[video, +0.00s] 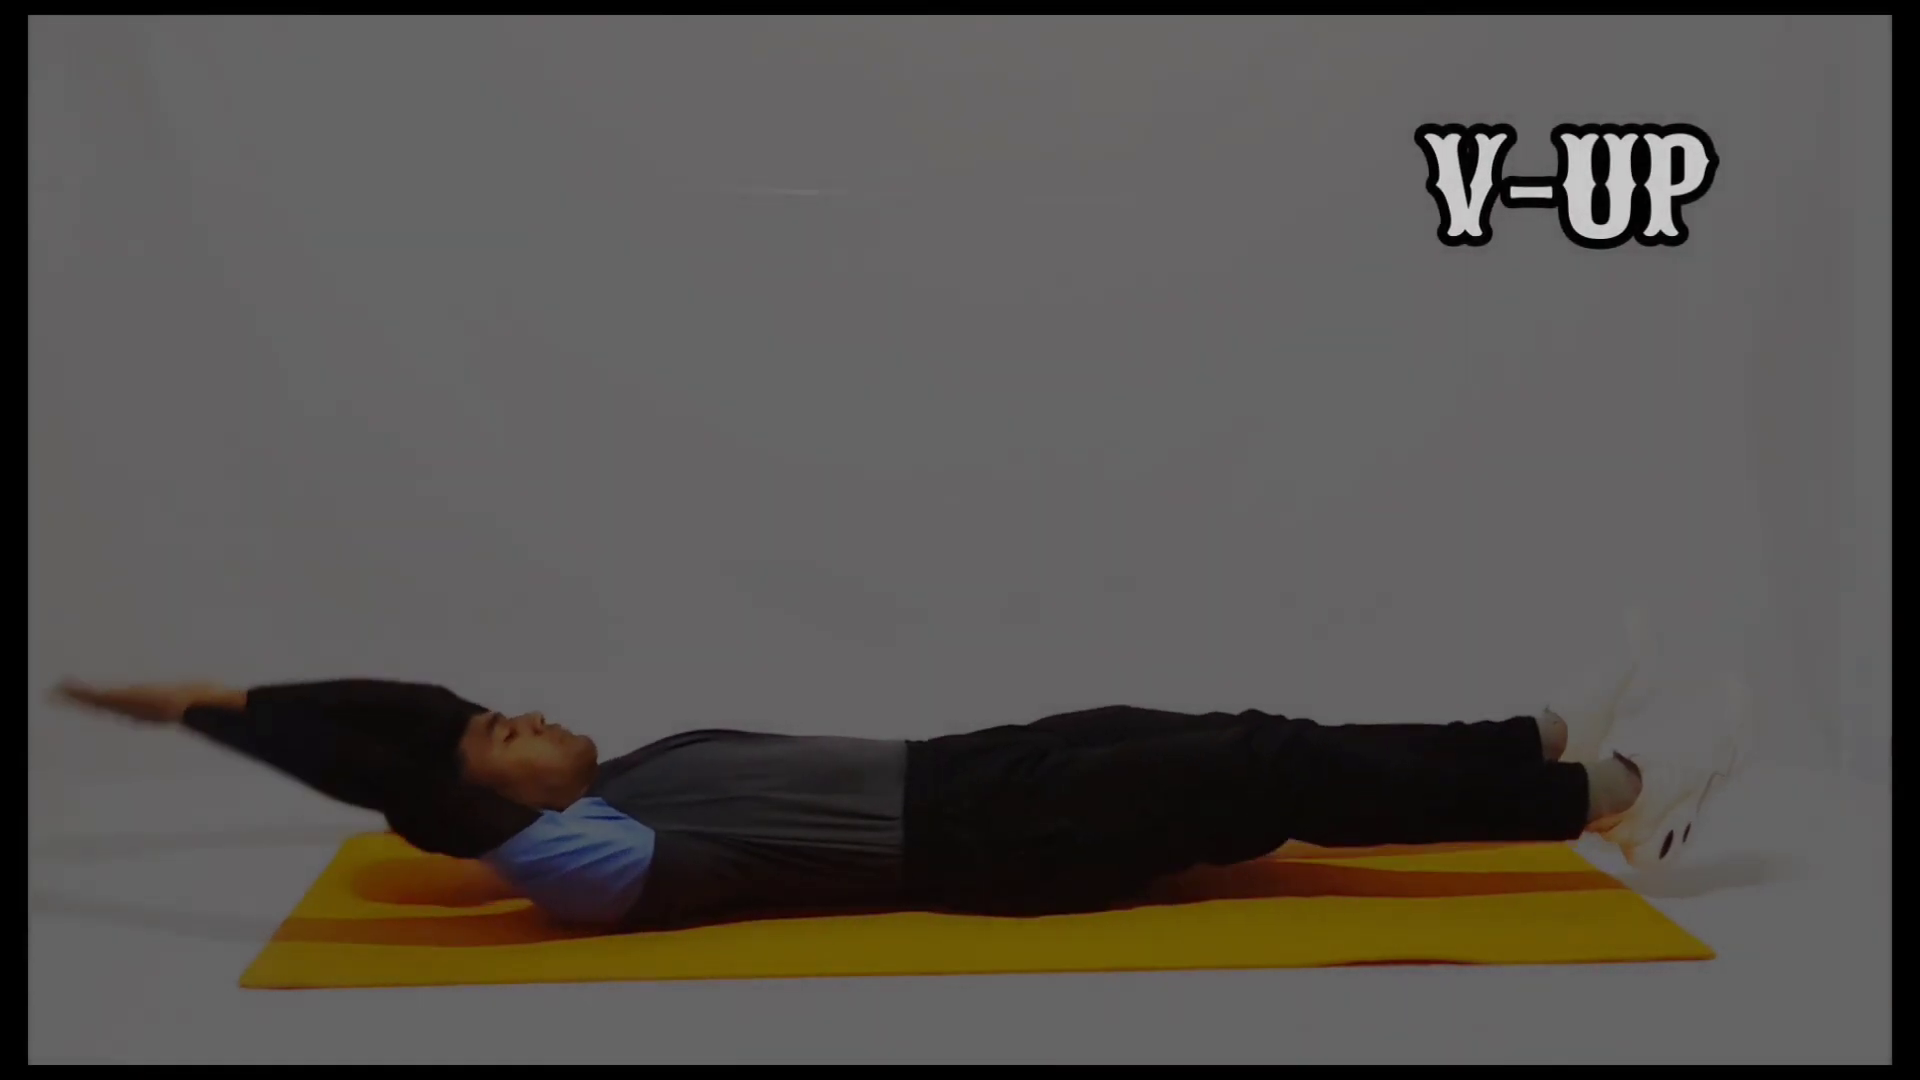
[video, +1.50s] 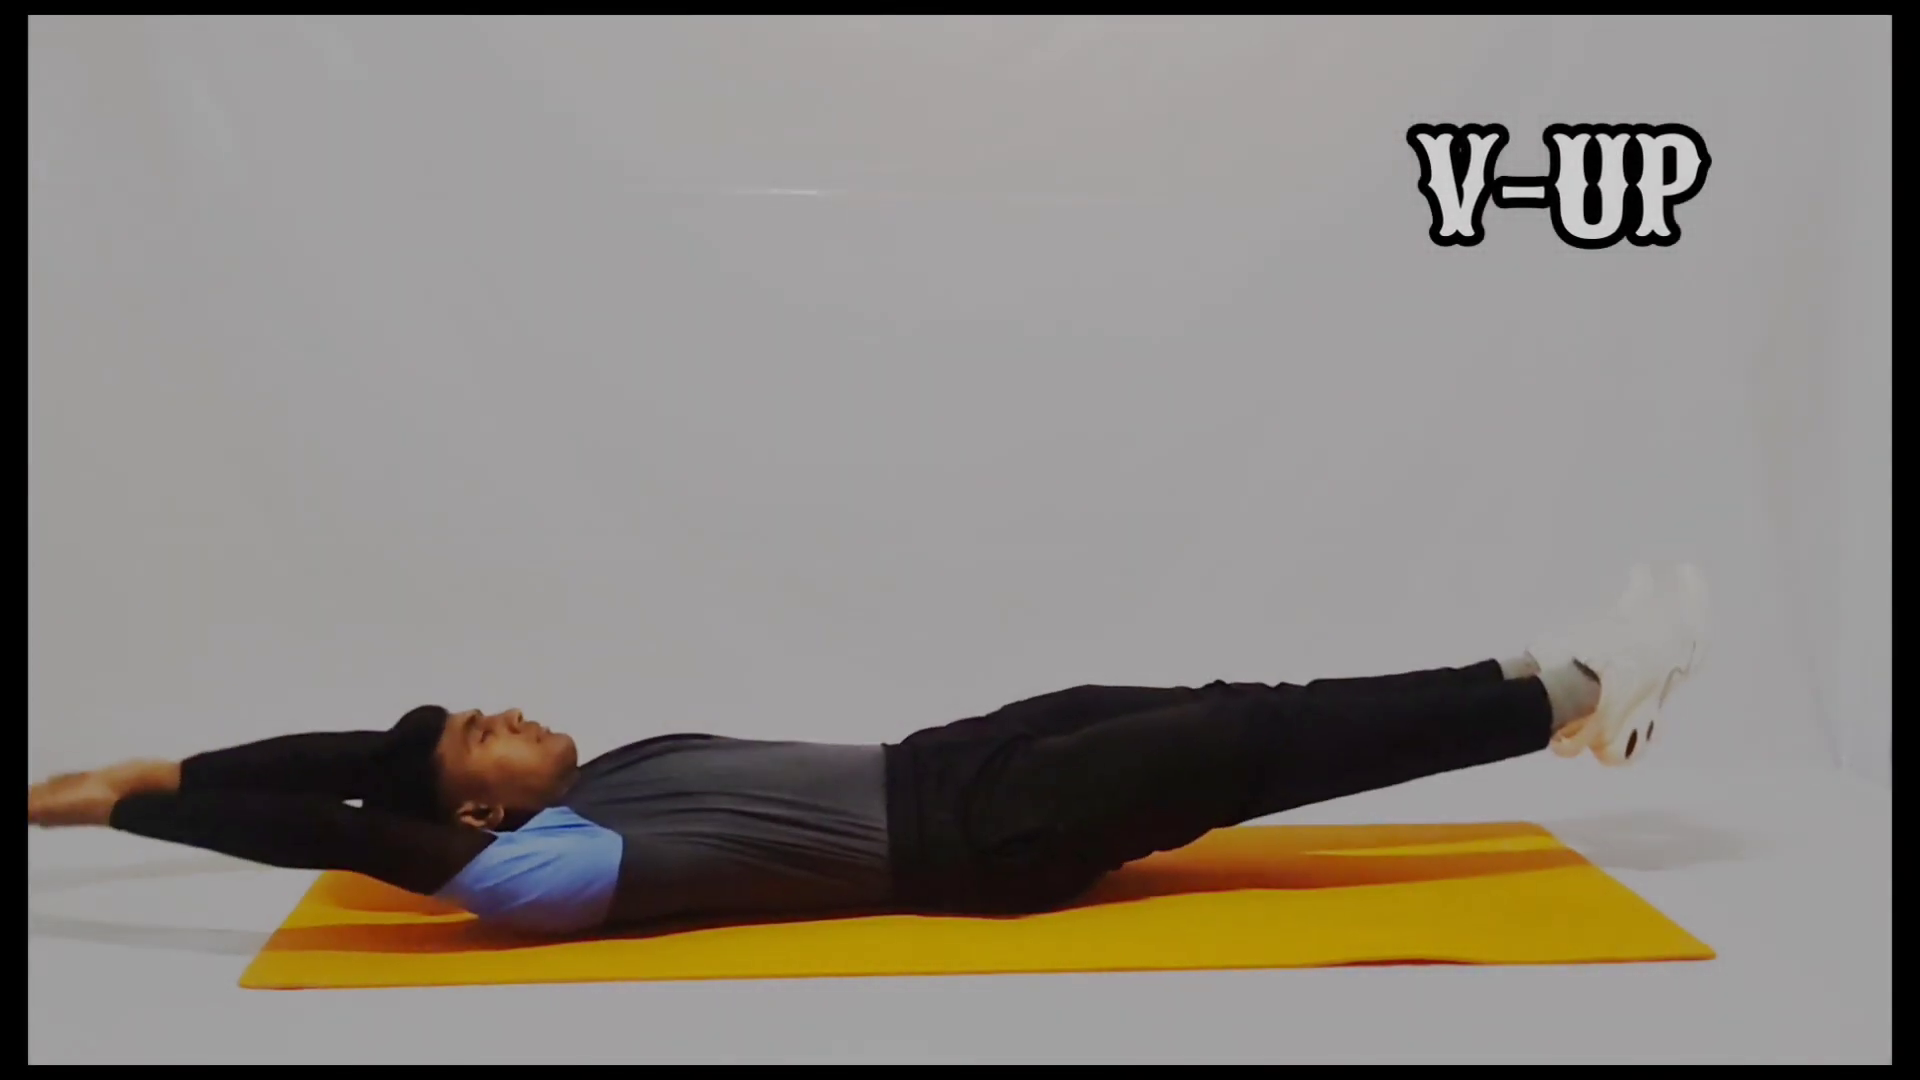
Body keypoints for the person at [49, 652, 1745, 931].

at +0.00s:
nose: (534, 741)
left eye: (515, 728)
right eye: (505, 754)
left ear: (532, 743)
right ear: (497, 811)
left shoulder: (621, 784)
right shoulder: (602, 852)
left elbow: (397, 741)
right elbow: (501, 850)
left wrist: (208, 704)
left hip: (977, 766)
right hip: (966, 829)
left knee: (1245, 737)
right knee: (1246, 773)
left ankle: (1535, 761)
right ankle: (1553, 784)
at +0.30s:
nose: (631, 622)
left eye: (615, 606)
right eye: (600, 623)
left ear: (600, 634)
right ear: (552, 683)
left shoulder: (652, 715)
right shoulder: (637, 743)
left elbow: (720, 544)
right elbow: (727, 555)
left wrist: (738, 370)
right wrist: (770, 365)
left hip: (963, 787)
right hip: (962, 831)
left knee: (1207, 639)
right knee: (1217, 663)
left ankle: (1489, 522)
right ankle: (1517, 541)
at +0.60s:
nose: (814, 471)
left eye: (793, 454)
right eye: (786, 467)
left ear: (748, 523)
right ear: (744, 522)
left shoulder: (776, 579)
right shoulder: (793, 591)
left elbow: (939, 442)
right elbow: (961, 441)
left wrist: (1064, 284)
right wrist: (1089, 281)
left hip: (964, 797)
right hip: (986, 840)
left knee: (1089, 531)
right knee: (1123, 548)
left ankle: (1261, 281)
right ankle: (1299, 296)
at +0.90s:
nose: (724, 518)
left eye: (705, 502)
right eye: (697, 518)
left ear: (667, 564)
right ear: (653, 578)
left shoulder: (697, 643)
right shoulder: (720, 643)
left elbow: (835, 463)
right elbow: (842, 460)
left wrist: (927, 273)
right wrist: (937, 266)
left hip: (950, 796)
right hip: (974, 839)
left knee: (1122, 540)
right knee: (1144, 557)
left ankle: (1299, 303)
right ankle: (1321, 308)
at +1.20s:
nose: (574, 655)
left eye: (555, 637)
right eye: (547, 650)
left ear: (527, 696)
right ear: (514, 705)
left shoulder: (609, 772)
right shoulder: (586, 820)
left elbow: (499, 604)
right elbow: (464, 616)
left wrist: (356, 451)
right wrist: (326, 470)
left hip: (948, 780)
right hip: (962, 832)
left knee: (1215, 644)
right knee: (1215, 668)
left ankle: (1486, 520)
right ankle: (1485, 523)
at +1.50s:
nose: (506, 723)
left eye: (487, 712)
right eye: (482, 737)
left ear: (501, 751)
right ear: (476, 803)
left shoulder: (587, 788)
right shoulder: (577, 845)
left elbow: (364, 792)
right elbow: (455, 885)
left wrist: (144, 781)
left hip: (973, 769)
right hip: (963, 823)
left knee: (1243, 715)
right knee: (1242, 747)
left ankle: (1539, 695)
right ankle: (1546, 708)